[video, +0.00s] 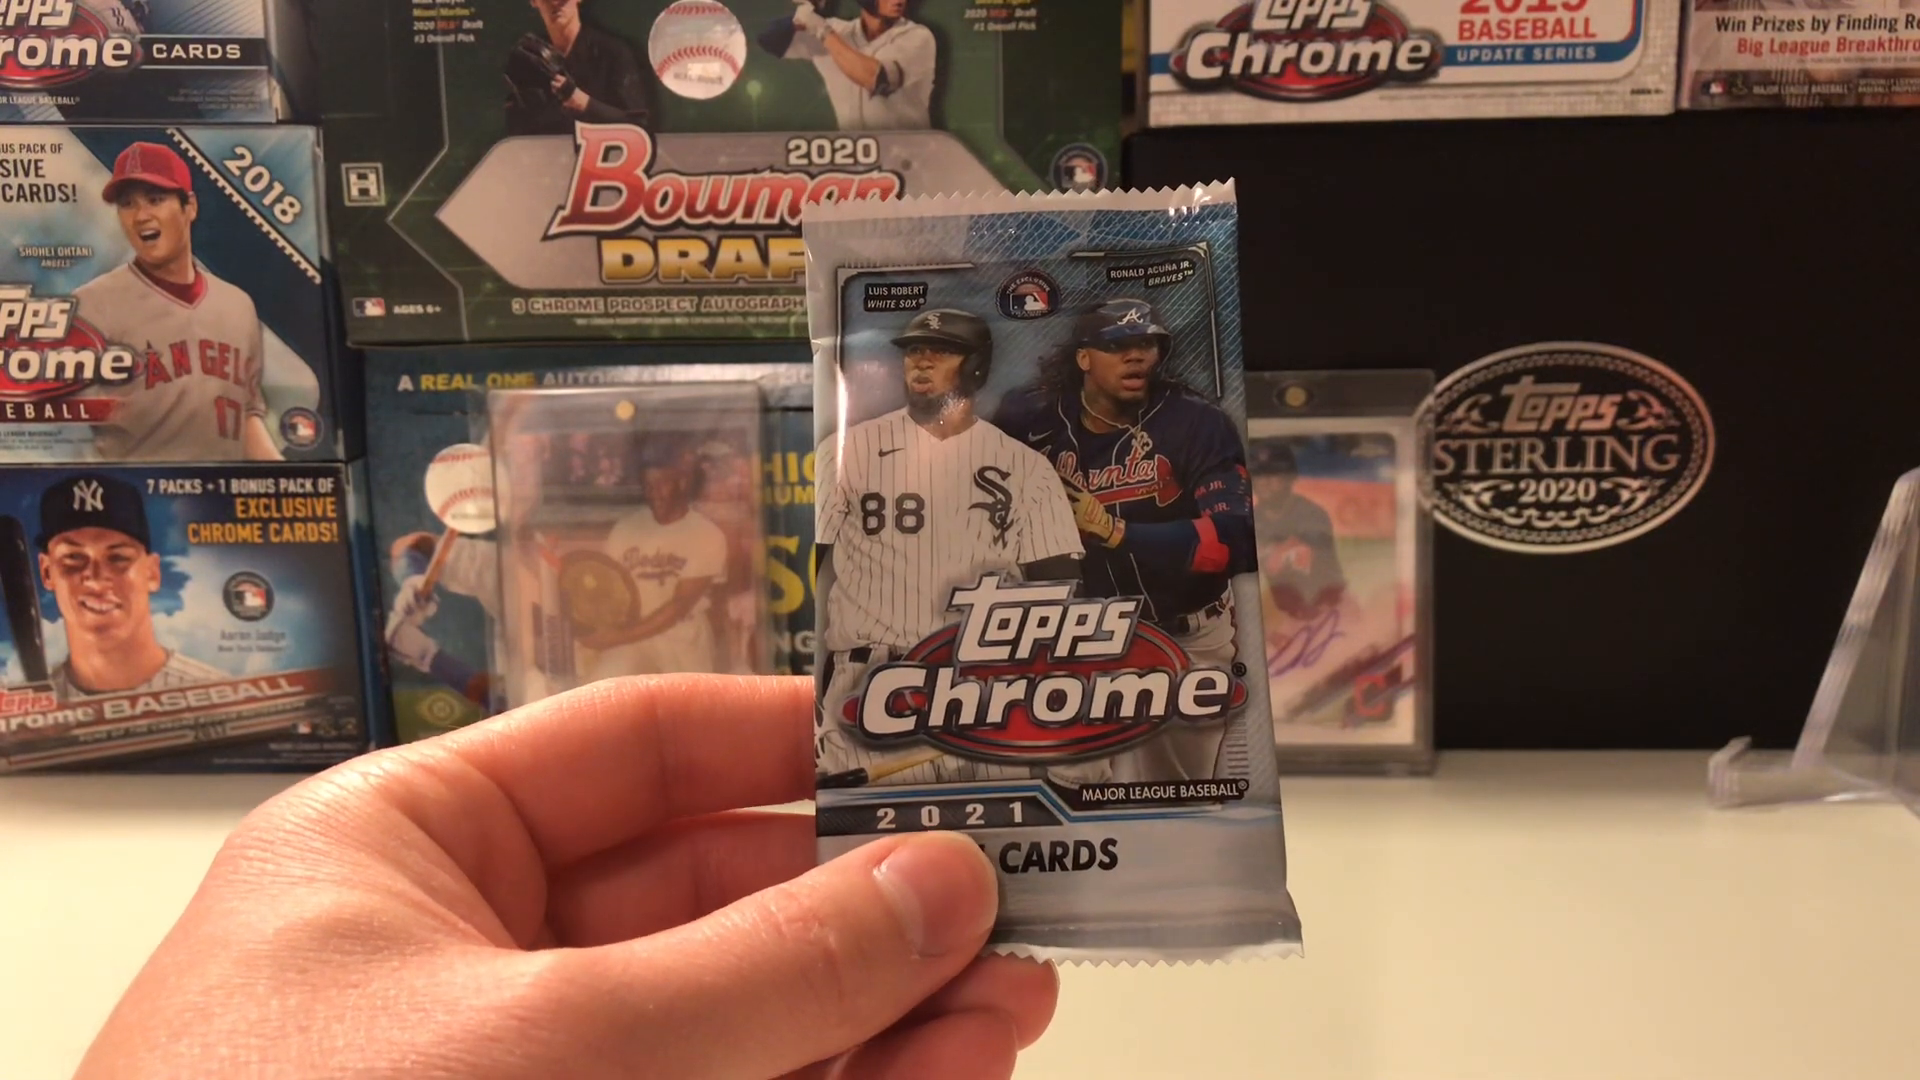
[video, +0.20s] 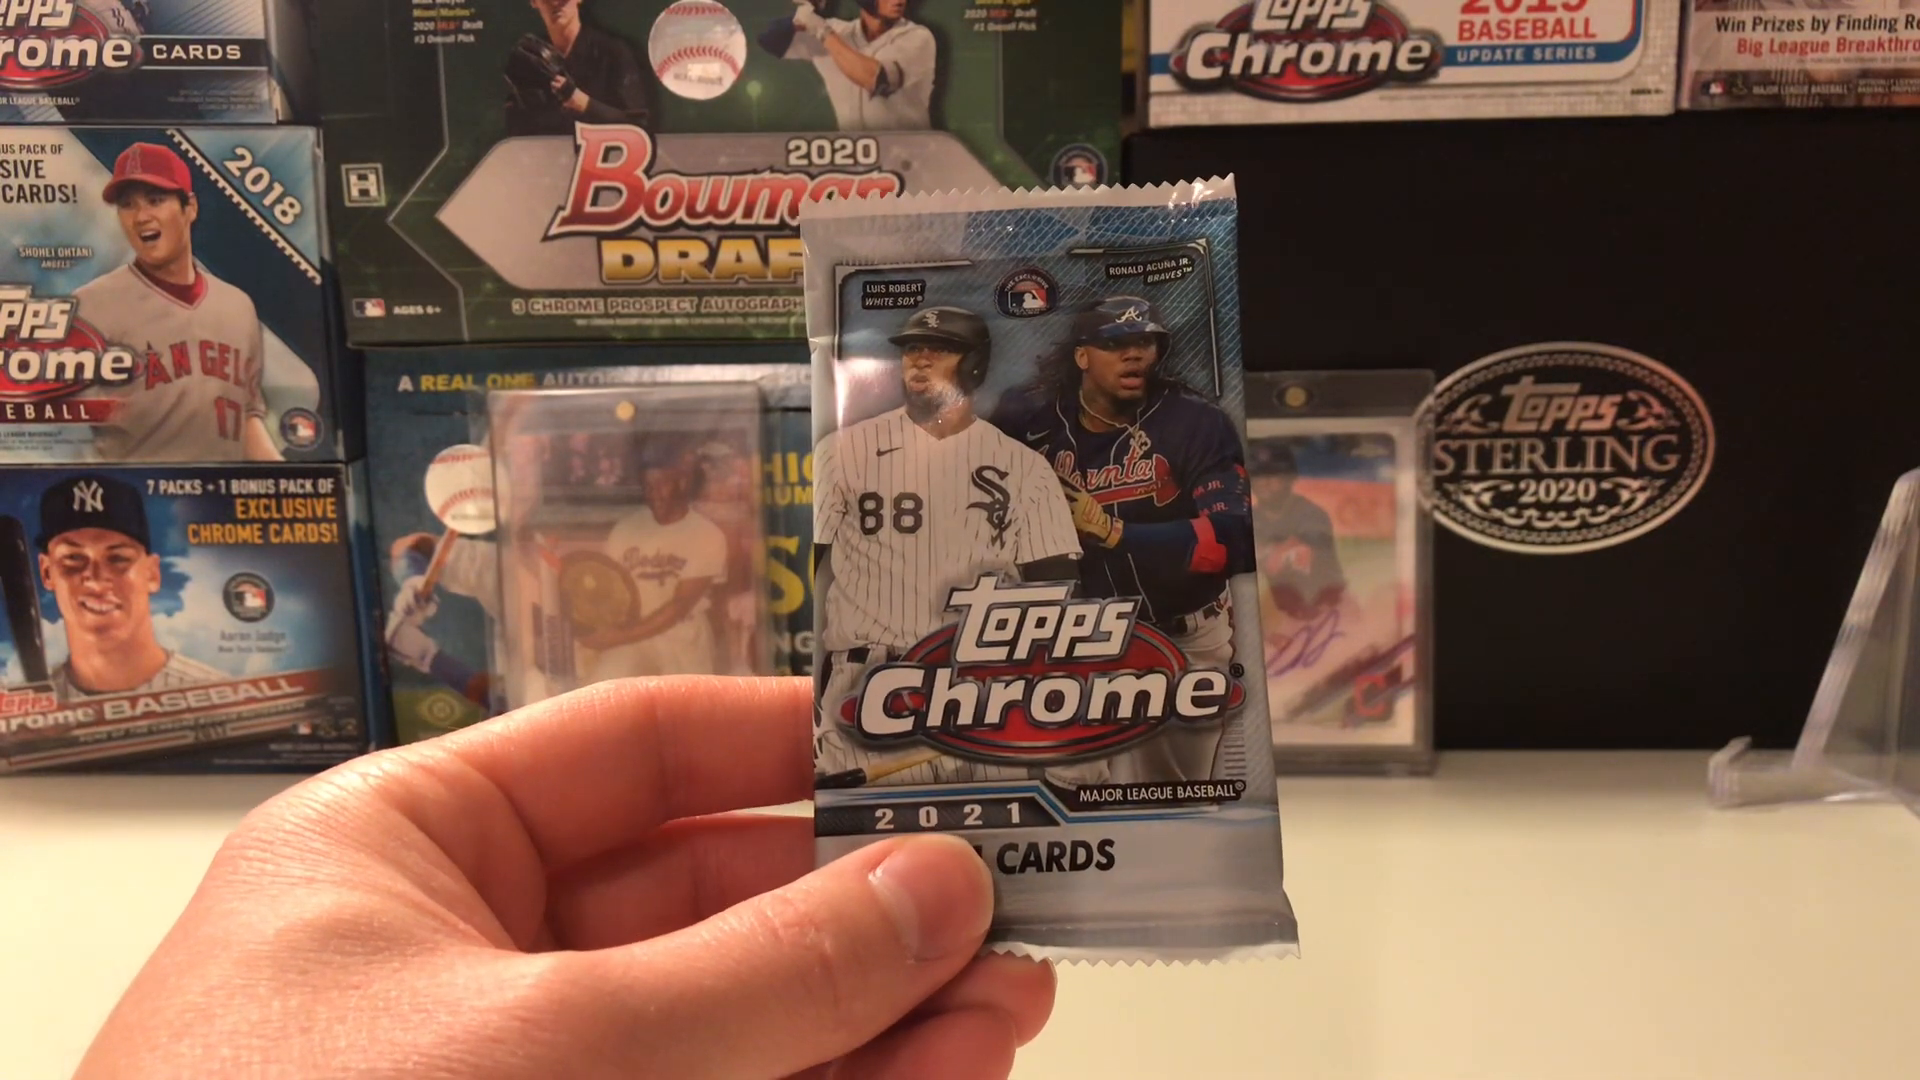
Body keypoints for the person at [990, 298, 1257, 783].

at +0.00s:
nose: (1138, 357)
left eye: (1147, 344)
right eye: (1120, 346)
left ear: (1160, 352)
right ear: (1084, 358)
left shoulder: (1198, 425)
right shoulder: (1029, 419)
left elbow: (1234, 541)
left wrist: (1117, 532)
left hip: (1188, 633)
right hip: (1075, 636)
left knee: (1180, 804)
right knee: (1076, 798)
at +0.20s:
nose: (1136, 356)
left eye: (1145, 343)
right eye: (1118, 344)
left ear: (1159, 351)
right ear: (1082, 356)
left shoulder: (1197, 425)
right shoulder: (1028, 420)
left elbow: (1233, 539)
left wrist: (1115, 532)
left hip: (1186, 633)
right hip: (1075, 637)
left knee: (1182, 803)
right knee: (1077, 798)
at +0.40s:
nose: (1131, 355)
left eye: (1140, 342)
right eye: (1114, 343)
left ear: (1154, 349)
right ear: (1078, 355)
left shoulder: (1193, 424)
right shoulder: (1026, 421)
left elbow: (1227, 537)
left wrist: (1113, 530)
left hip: (1184, 631)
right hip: (1075, 635)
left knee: (1179, 799)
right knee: (1078, 796)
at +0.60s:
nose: (1125, 353)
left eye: (1134, 340)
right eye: (1107, 342)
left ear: (1147, 348)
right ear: (1071, 355)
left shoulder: (1185, 420)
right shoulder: (1018, 418)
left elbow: (1221, 534)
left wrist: (1107, 528)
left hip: (1179, 628)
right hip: (1070, 632)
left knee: (1174, 796)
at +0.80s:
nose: (1118, 354)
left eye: (1127, 341)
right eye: (1101, 343)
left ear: (1140, 348)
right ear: (1065, 355)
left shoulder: (1179, 420)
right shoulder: (1014, 417)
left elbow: (1214, 531)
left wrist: (1102, 527)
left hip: (1177, 624)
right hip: (1069, 629)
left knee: (1175, 788)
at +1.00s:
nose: (1119, 356)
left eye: (1128, 343)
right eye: (1101, 345)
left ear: (1141, 351)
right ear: (1066, 358)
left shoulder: (1180, 423)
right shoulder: (1015, 420)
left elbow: (1213, 535)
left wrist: (1101, 528)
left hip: (1178, 627)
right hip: (1070, 632)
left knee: (1180, 790)